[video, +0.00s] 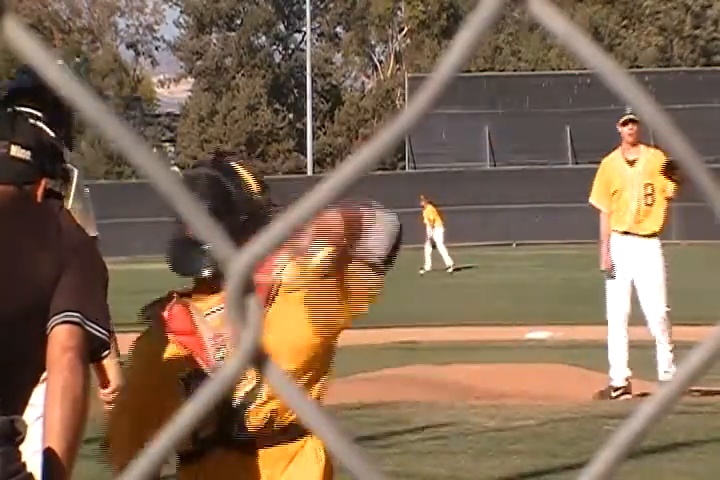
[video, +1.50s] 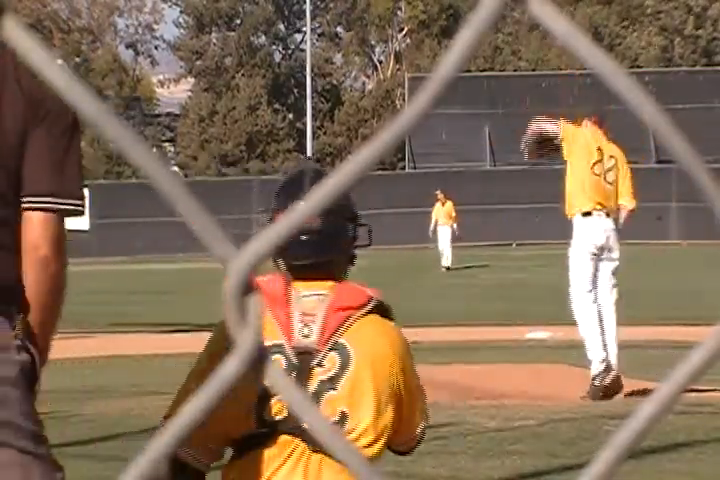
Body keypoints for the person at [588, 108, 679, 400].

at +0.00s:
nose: (630, 129)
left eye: (634, 124)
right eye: (625, 124)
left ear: (640, 128)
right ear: (619, 129)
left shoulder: (656, 157)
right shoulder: (609, 163)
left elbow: (671, 194)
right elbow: (604, 211)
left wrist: (675, 178)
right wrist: (604, 250)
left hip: (649, 242)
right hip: (619, 242)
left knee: (658, 311)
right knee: (617, 313)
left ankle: (666, 372)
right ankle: (619, 377)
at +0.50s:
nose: (603, 132)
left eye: (607, 127)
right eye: (598, 127)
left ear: (614, 131)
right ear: (593, 133)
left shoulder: (625, 158)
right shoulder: (593, 165)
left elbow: (646, 198)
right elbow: (588, 214)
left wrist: (623, 198)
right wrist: (576, 251)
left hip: (623, 240)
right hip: (604, 242)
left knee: (614, 308)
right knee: (603, 309)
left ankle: (617, 377)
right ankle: (612, 376)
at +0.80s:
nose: (598, 124)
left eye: (602, 120)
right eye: (595, 120)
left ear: (609, 125)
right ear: (590, 125)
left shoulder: (618, 148)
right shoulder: (588, 163)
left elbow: (623, 162)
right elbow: (592, 212)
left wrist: (603, 148)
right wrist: (579, 250)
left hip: (616, 232)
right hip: (598, 235)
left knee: (607, 304)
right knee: (591, 306)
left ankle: (617, 376)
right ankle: (613, 374)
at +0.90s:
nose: (599, 130)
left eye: (604, 124)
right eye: (597, 125)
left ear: (608, 129)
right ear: (593, 131)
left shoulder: (606, 156)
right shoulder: (589, 164)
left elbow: (611, 137)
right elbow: (590, 214)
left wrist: (593, 116)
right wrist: (578, 251)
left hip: (612, 233)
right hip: (598, 234)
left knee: (600, 307)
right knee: (590, 308)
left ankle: (616, 378)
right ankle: (612, 377)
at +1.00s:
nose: (592, 121)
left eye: (597, 118)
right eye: (593, 117)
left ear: (602, 123)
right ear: (592, 124)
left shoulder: (600, 148)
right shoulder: (590, 158)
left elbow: (598, 112)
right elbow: (591, 206)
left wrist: (581, 80)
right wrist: (582, 240)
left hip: (605, 226)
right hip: (596, 228)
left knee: (600, 299)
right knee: (597, 299)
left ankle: (612, 373)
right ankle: (610, 372)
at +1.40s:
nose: (573, 119)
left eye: (577, 115)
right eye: (574, 115)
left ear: (590, 118)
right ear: (602, 121)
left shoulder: (584, 133)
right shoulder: (615, 152)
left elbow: (561, 110)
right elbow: (630, 199)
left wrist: (547, 91)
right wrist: (609, 221)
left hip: (588, 223)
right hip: (610, 225)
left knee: (592, 296)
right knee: (608, 296)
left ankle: (603, 370)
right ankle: (609, 366)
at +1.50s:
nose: (580, 126)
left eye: (581, 122)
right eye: (581, 123)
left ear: (586, 122)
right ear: (603, 125)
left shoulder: (576, 133)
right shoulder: (617, 153)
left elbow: (538, 124)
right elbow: (627, 202)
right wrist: (613, 227)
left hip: (586, 224)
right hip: (610, 226)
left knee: (582, 296)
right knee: (607, 296)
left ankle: (599, 366)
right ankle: (611, 366)